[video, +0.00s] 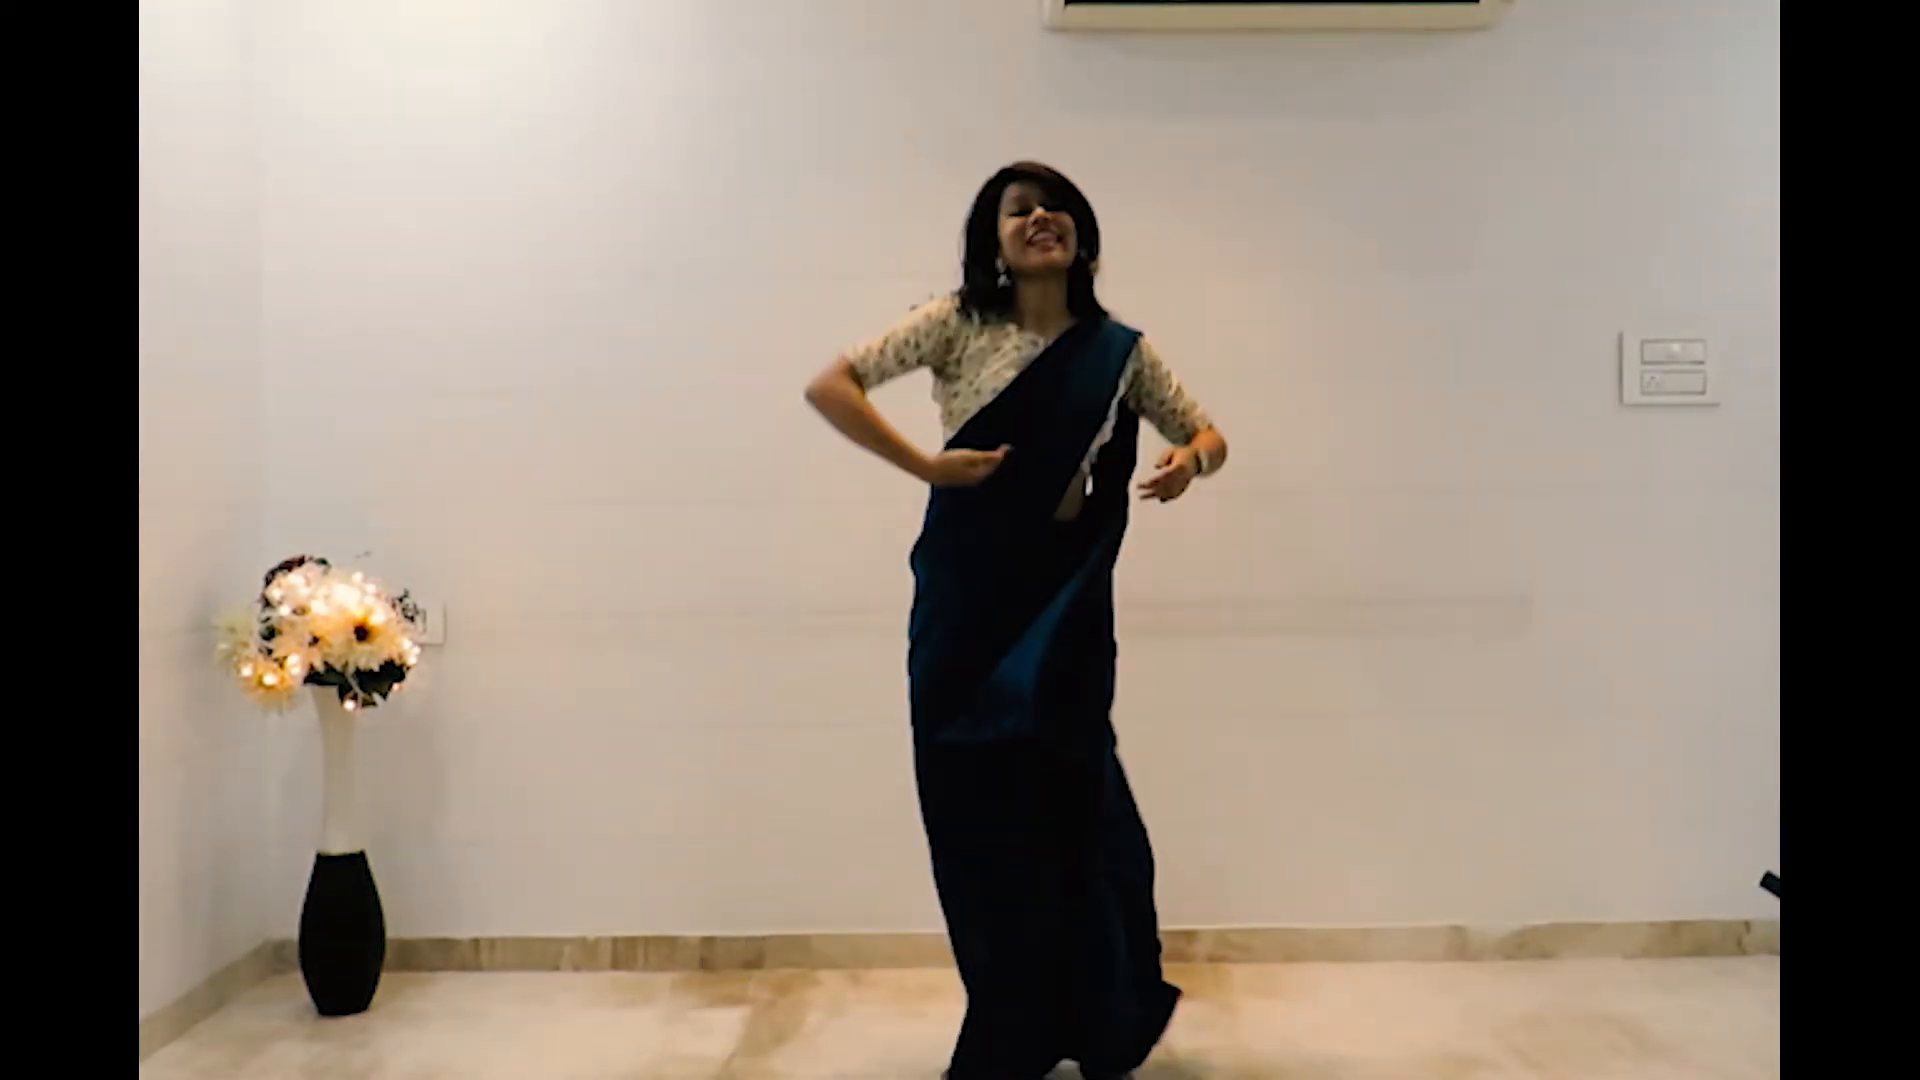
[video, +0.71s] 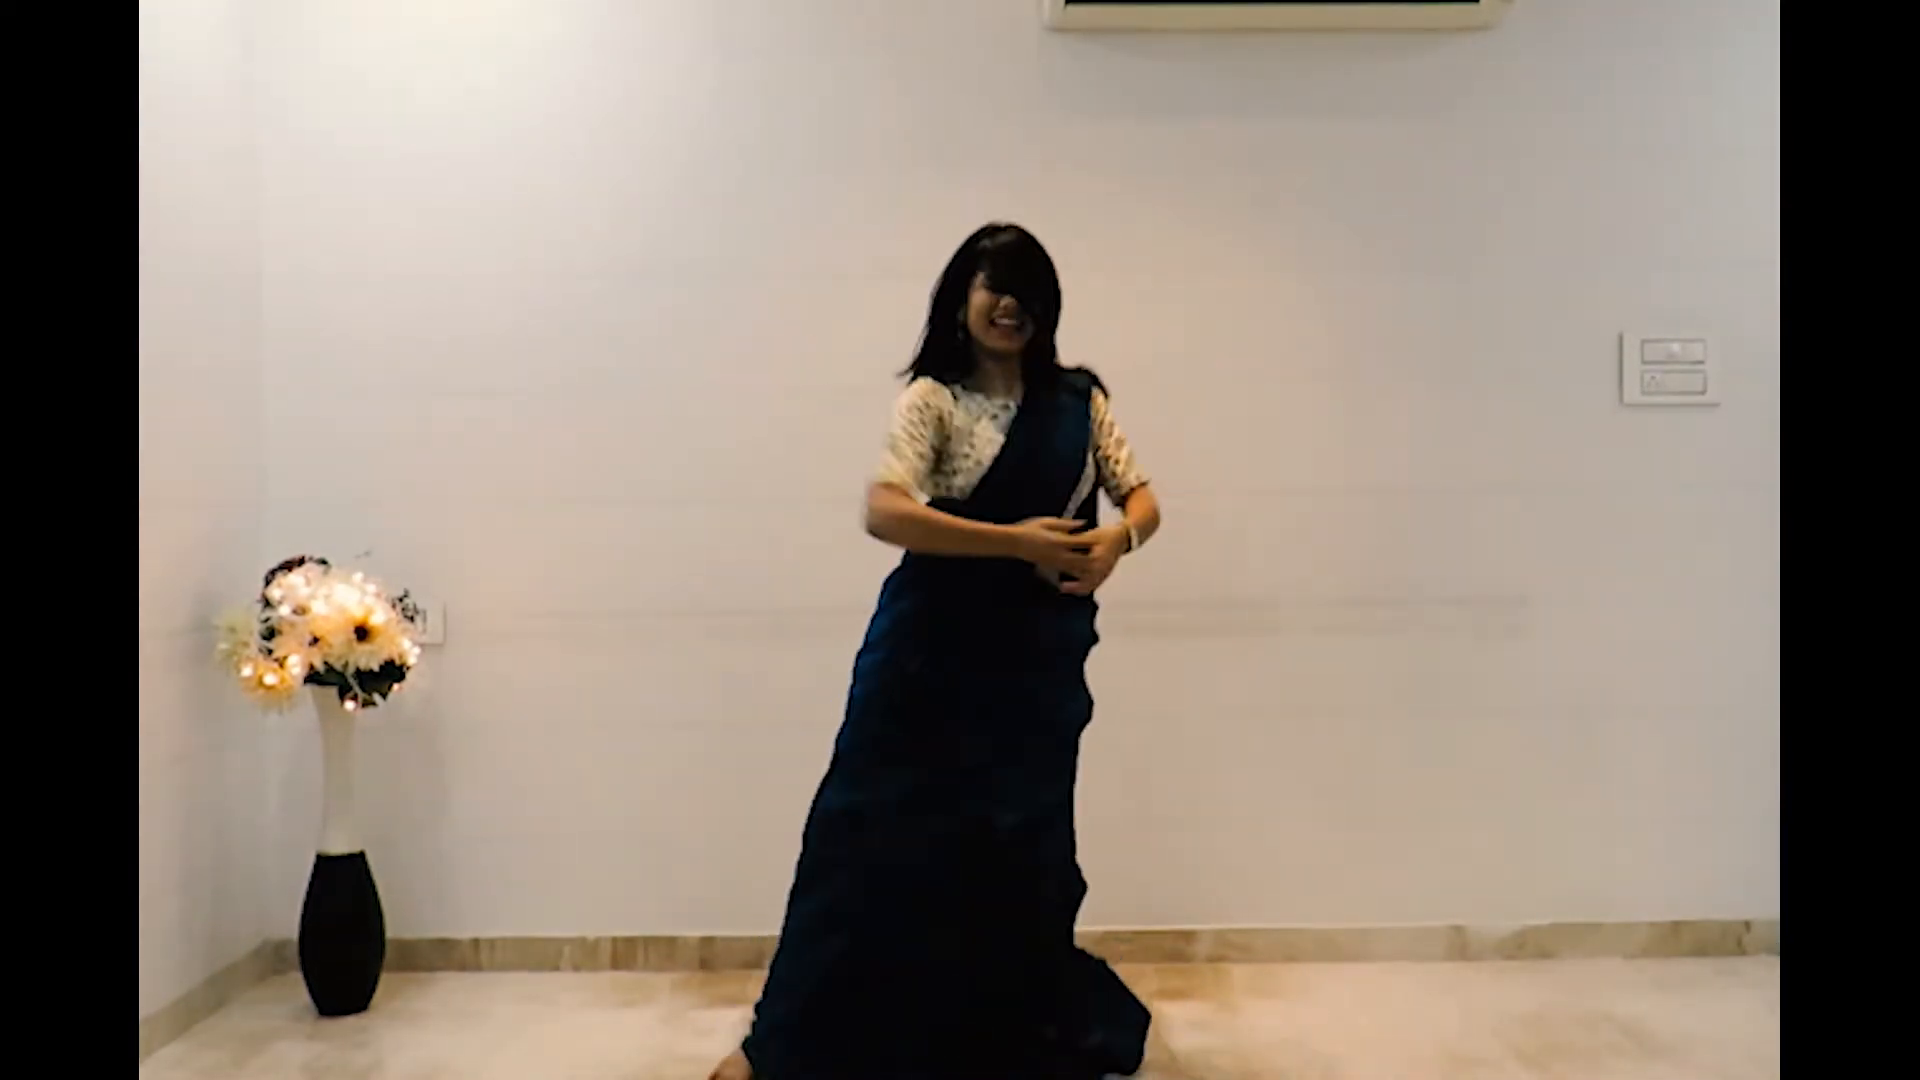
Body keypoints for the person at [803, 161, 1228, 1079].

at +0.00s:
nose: (1041, 217)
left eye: (1056, 206)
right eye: (1020, 208)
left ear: (1081, 236)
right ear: (992, 239)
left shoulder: (1120, 347)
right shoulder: (956, 324)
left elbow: (1207, 438)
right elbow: (828, 387)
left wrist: (1188, 461)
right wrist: (924, 464)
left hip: (1067, 598)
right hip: (965, 594)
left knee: (1061, 790)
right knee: (972, 802)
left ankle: (1097, 1017)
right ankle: (1003, 1025)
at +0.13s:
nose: (1037, 224)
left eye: (1051, 210)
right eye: (1016, 216)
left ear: (1080, 231)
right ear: (989, 242)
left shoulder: (1114, 336)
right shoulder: (976, 319)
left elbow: (1227, 385)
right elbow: (876, 318)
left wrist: (1226, 461)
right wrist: (945, 426)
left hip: (1055, 596)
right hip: (951, 584)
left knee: (1046, 799)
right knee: (907, 788)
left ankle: (1063, 1028)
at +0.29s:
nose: (1028, 287)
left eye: (1042, 275)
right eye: (1007, 278)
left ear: (1064, 297)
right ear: (977, 300)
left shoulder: (1073, 409)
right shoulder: (964, 362)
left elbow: (1158, 475)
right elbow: (923, 400)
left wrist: (1260, 474)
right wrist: (1071, 399)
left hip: (1061, 654)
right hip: (962, 650)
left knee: (1057, 847)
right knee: (893, 842)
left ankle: (1052, 1044)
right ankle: (746, 1030)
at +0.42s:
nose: (1007, 299)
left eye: (1023, 286)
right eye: (988, 286)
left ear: (1047, 310)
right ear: (962, 309)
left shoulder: (1053, 422)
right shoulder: (949, 400)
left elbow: (1146, 516)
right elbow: (1013, 478)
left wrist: (1254, 461)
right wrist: (1079, 370)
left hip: (1036, 670)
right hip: (938, 670)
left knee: (1056, 867)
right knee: (881, 857)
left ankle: (1066, 1054)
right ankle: (756, 1051)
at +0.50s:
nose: (1004, 308)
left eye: (1017, 295)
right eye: (984, 296)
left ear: (1040, 313)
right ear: (951, 317)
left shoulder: (1055, 414)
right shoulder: (952, 414)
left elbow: (1140, 504)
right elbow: (1054, 504)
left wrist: (1253, 463)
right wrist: (1100, 409)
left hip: (1017, 660)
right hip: (924, 656)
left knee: (1037, 863)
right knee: (863, 844)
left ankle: (1055, 1050)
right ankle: (746, 1045)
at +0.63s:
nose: (1000, 325)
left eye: (1013, 311)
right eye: (981, 312)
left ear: (1035, 324)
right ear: (952, 328)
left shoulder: (1066, 419)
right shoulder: (945, 427)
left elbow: (1101, 522)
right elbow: (985, 557)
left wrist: (1145, 523)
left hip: (1017, 666)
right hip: (920, 661)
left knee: (1010, 850)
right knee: (854, 838)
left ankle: (1000, 1038)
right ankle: (747, 1038)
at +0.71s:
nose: (1007, 303)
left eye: (1024, 290)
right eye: (990, 286)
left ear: (1044, 306)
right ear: (959, 298)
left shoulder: (1078, 401)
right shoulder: (932, 398)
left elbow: (1142, 501)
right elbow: (886, 511)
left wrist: (1117, 537)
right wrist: (1017, 539)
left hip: (1032, 652)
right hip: (926, 649)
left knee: (1023, 844)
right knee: (866, 834)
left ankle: (1013, 1039)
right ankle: (778, 1041)